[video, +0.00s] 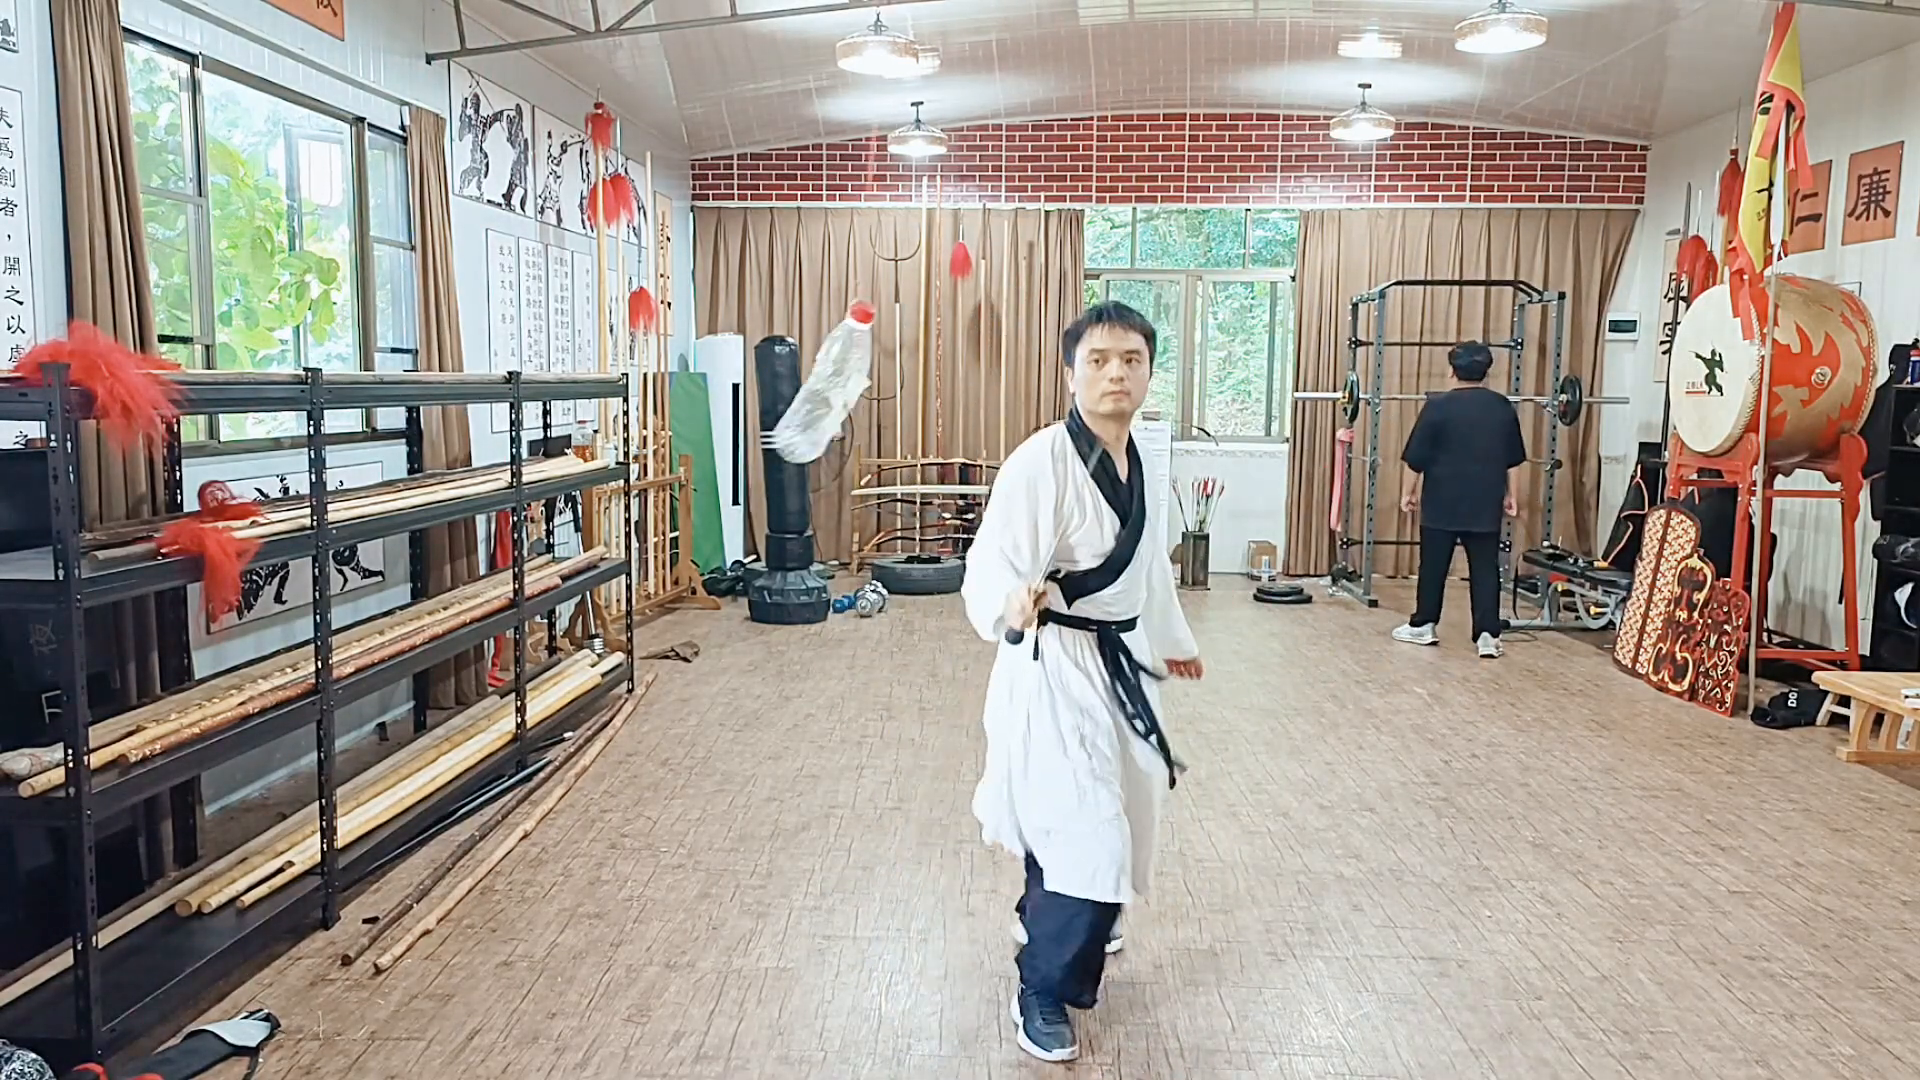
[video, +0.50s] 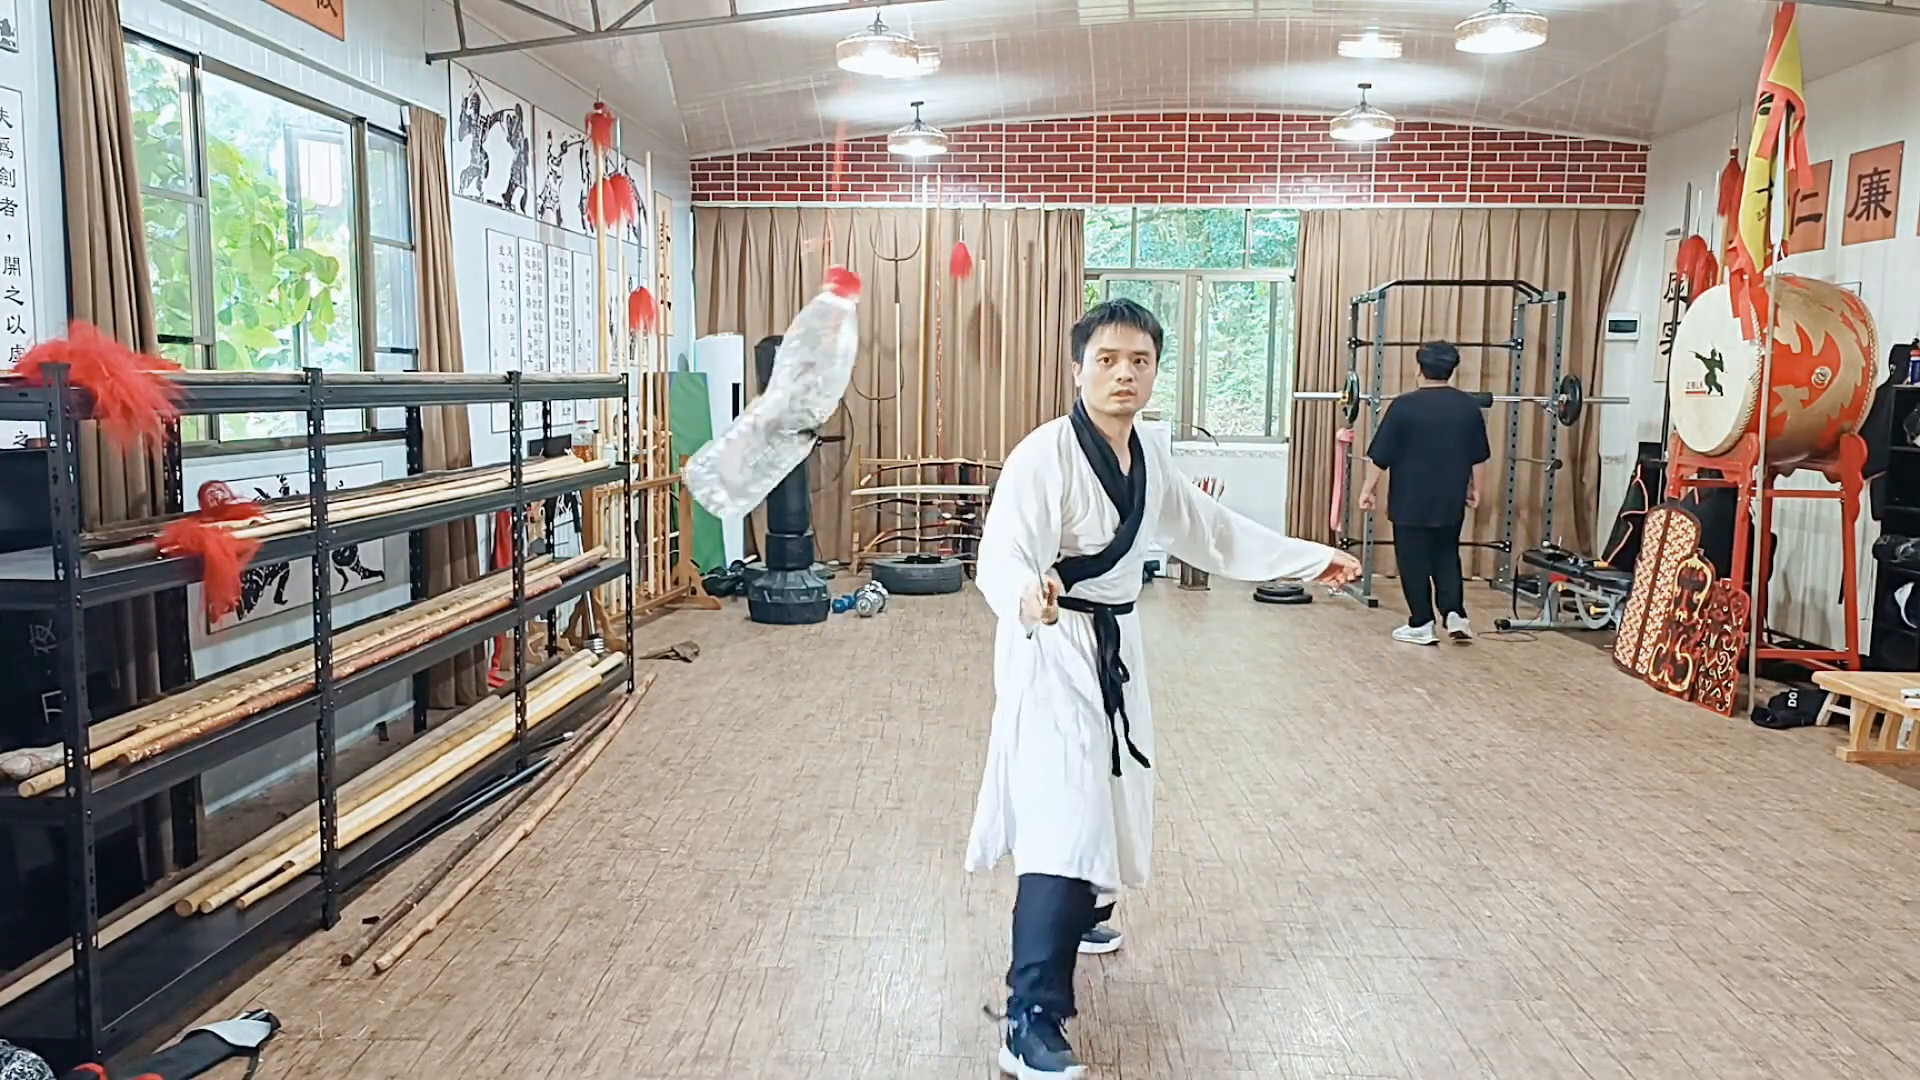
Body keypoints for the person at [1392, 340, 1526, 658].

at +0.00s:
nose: (1448, 372)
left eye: (1450, 368)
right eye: (1452, 367)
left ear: (1454, 371)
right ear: (1485, 372)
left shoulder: (1438, 405)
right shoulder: (1502, 407)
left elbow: (1416, 455)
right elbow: (1514, 457)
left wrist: (1408, 490)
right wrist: (1513, 494)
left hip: (1440, 504)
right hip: (1484, 506)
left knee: (1432, 568)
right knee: (1485, 571)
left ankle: (1422, 626)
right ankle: (1487, 636)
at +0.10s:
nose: (1442, 370)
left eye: (1444, 366)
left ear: (1445, 369)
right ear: (1477, 371)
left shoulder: (1430, 404)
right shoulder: (1492, 405)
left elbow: (1408, 455)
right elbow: (1506, 455)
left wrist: (1401, 488)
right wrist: (1504, 491)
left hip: (1433, 505)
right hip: (1475, 506)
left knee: (1428, 568)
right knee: (1476, 568)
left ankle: (1423, 626)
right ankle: (1485, 633)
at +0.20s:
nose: (1434, 369)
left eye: (1436, 365)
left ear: (1438, 369)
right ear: (1469, 370)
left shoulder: (1422, 404)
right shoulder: (1484, 404)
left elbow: (1400, 454)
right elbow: (1499, 455)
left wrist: (1394, 487)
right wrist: (1496, 490)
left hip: (1425, 504)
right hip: (1467, 505)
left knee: (1422, 566)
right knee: (1468, 564)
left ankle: (1422, 625)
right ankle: (1483, 628)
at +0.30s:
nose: (1429, 370)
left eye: (1430, 366)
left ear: (1431, 369)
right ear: (1463, 370)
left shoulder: (1414, 405)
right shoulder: (1478, 406)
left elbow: (1390, 456)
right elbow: (1491, 457)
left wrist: (1384, 487)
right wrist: (1488, 492)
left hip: (1418, 507)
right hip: (1459, 507)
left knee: (1417, 568)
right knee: (1460, 560)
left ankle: (1422, 626)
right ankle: (1476, 617)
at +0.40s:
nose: (1421, 370)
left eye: (1422, 365)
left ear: (1425, 369)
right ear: (1457, 370)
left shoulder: (1408, 405)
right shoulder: (1472, 407)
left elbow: (1385, 454)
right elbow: (1481, 455)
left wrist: (1375, 488)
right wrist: (1479, 488)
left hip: (1413, 502)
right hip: (1453, 502)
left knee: (1414, 563)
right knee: (1451, 554)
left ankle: (1421, 625)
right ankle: (1466, 611)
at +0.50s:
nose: (1416, 370)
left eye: (1418, 367)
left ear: (1421, 370)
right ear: (1452, 371)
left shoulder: (1404, 405)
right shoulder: (1467, 405)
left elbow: (1380, 453)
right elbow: (1478, 454)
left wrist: (1368, 487)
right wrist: (1477, 487)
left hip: (1409, 502)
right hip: (1451, 501)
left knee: (1412, 562)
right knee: (1447, 553)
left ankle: (1421, 624)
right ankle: (1454, 613)